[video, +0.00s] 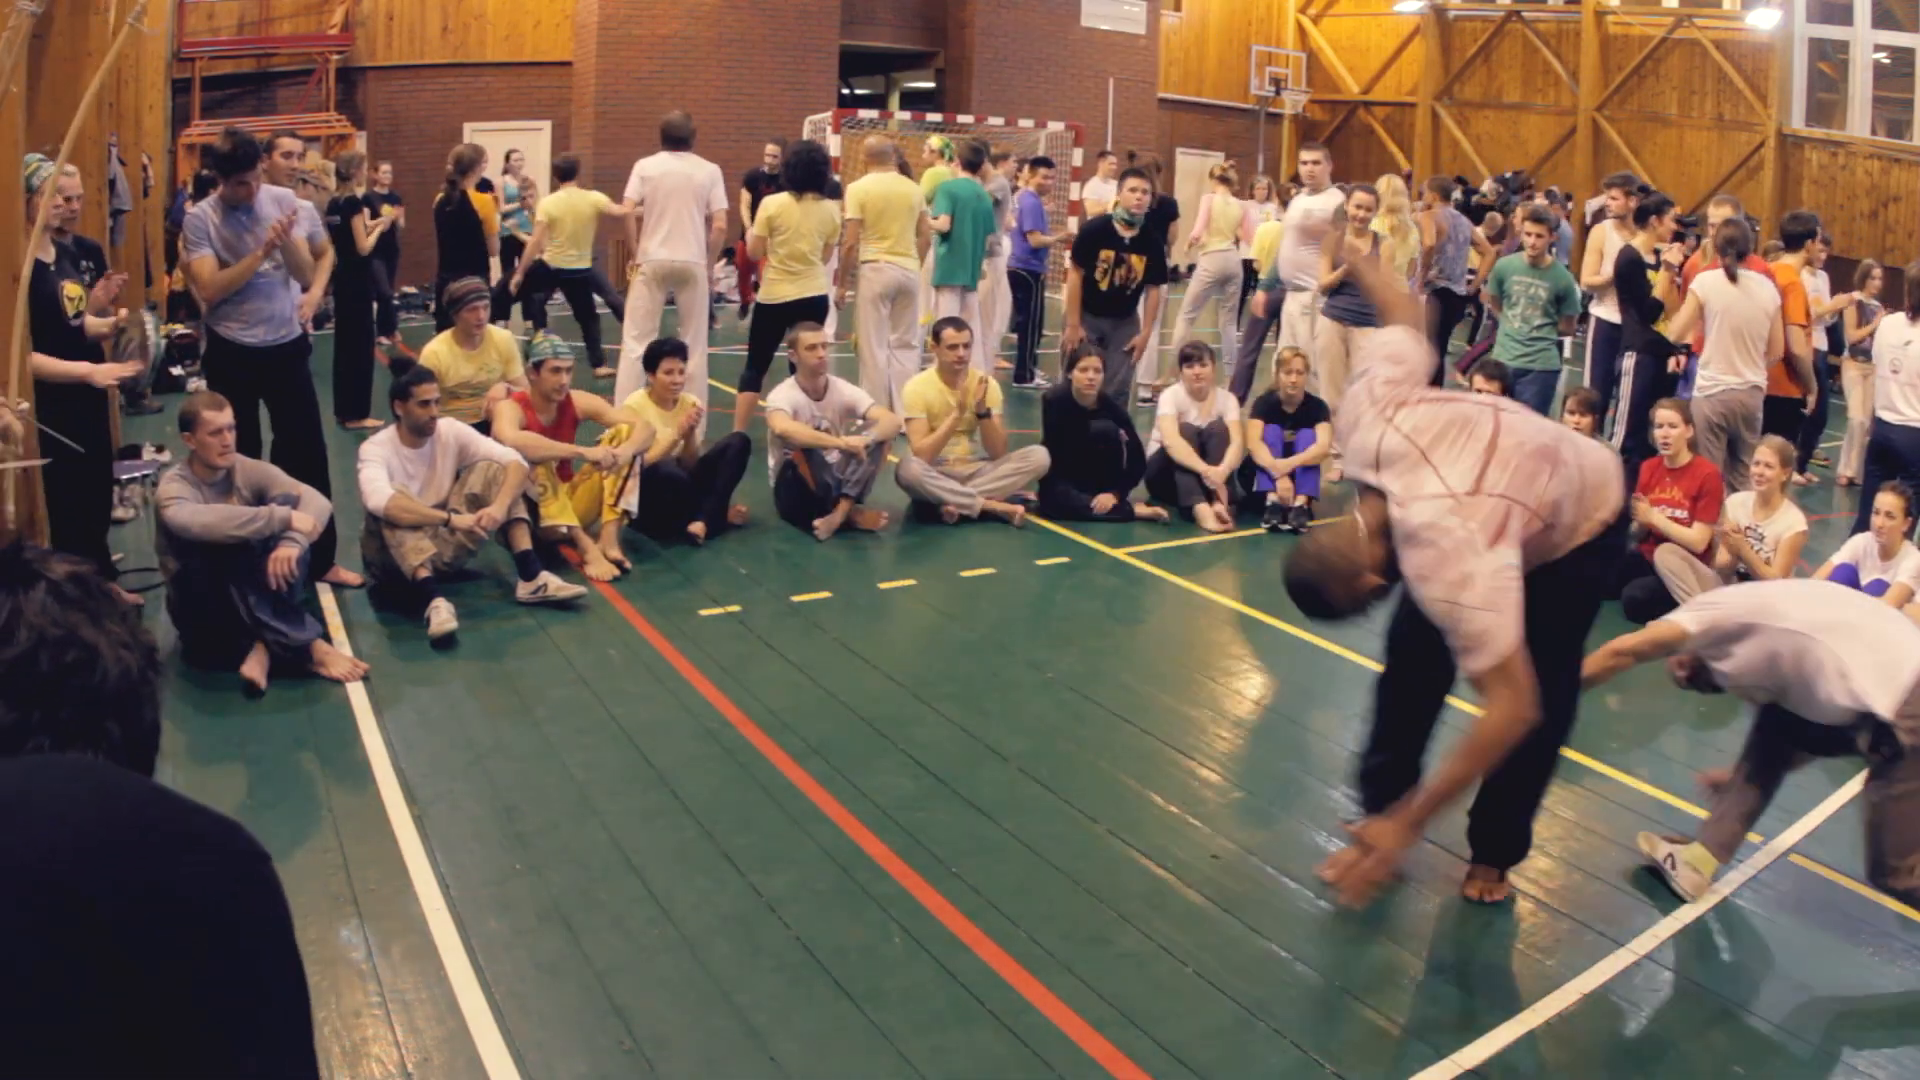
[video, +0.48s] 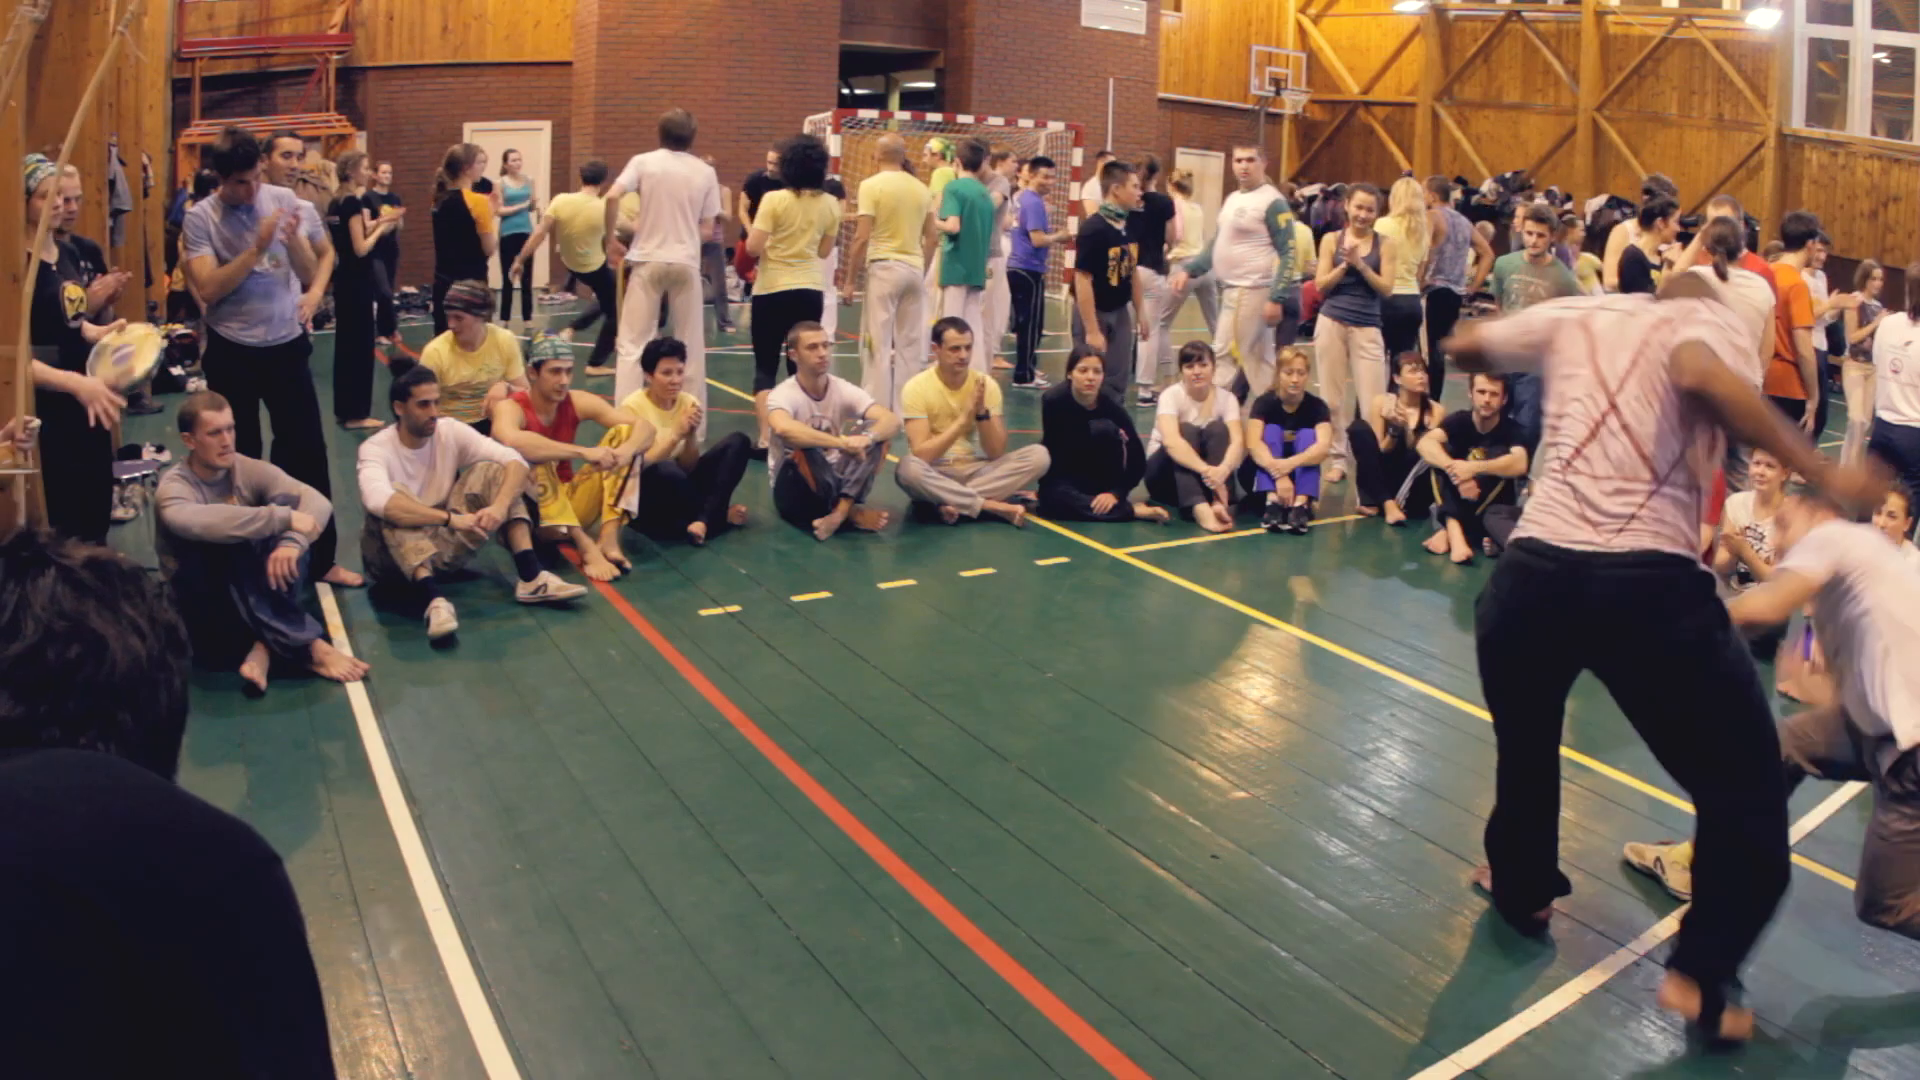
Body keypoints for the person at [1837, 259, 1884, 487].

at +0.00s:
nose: (1878, 283)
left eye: (1880, 278)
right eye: (1873, 278)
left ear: (1882, 281)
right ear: (1863, 279)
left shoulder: (1878, 306)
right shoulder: (1852, 303)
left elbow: (1880, 337)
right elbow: (1851, 336)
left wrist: (1883, 323)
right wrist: (1875, 324)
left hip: (1873, 363)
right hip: (1853, 362)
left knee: (1867, 419)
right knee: (1856, 417)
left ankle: (1857, 470)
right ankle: (1846, 470)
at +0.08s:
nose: (1877, 283)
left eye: (1880, 279)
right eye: (1873, 278)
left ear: (1882, 281)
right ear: (1863, 279)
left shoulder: (1878, 306)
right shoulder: (1852, 301)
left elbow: (1879, 337)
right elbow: (1851, 336)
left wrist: (1883, 324)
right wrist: (1875, 324)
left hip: (1873, 363)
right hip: (1853, 362)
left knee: (1867, 419)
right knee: (1856, 418)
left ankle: (1857, 471)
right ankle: (1845, 470)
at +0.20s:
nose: (1878, 283)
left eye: (1881, 279)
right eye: (1874, 278)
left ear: (1883, 281)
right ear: (1863, 279)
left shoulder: (1878, 305)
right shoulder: (1853, 300)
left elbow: (1877, 338)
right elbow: (1851, 336)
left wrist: (1883, 321)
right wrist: (1876, 321)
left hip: (1873, 363)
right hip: (1854, 361)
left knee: (1867, 420)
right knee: (1856, 418)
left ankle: (1856, 471)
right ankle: (1845, 470)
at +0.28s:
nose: (1878, 283)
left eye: (1881, 279)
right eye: (1874, 278)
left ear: (1883, 283)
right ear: (1863, 281)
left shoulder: (1879, 307)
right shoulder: (1852, 302)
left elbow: (1879, 339)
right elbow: (1851, 336)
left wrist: (1882, 320)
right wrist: (1875, 320)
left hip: (1873, 364)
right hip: (1853, 362)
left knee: (1867, 420)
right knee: (1856, 418)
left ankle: (1856, 470)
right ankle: (1845, 470)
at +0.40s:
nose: (1879, 283)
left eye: (1881, 279)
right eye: (1875, 279)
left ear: (1883, 281)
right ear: (1864, 279)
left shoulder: (1879, 306)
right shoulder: (1853, 302)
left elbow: (1878, 338)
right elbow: (1852, 337)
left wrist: (1885, 324)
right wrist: (1877, 322)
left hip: (1873, 363)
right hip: (1855, 362)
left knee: (1866, 420)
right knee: (1856, 417)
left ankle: (1854, 469)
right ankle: (1845, 470)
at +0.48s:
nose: (1879, 283)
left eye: (1881, 279)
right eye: (1875, 278)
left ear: (1883, 281)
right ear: (1864, 279)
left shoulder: (1878, 306)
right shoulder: (1853, 302)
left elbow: (1880, 339)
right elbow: (1851, 337)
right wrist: (1877, 322)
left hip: (1873, 364)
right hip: (1854, 362)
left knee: (1866, 420)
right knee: (1857, 418)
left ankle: (1855, 466)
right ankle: (1847, 468)